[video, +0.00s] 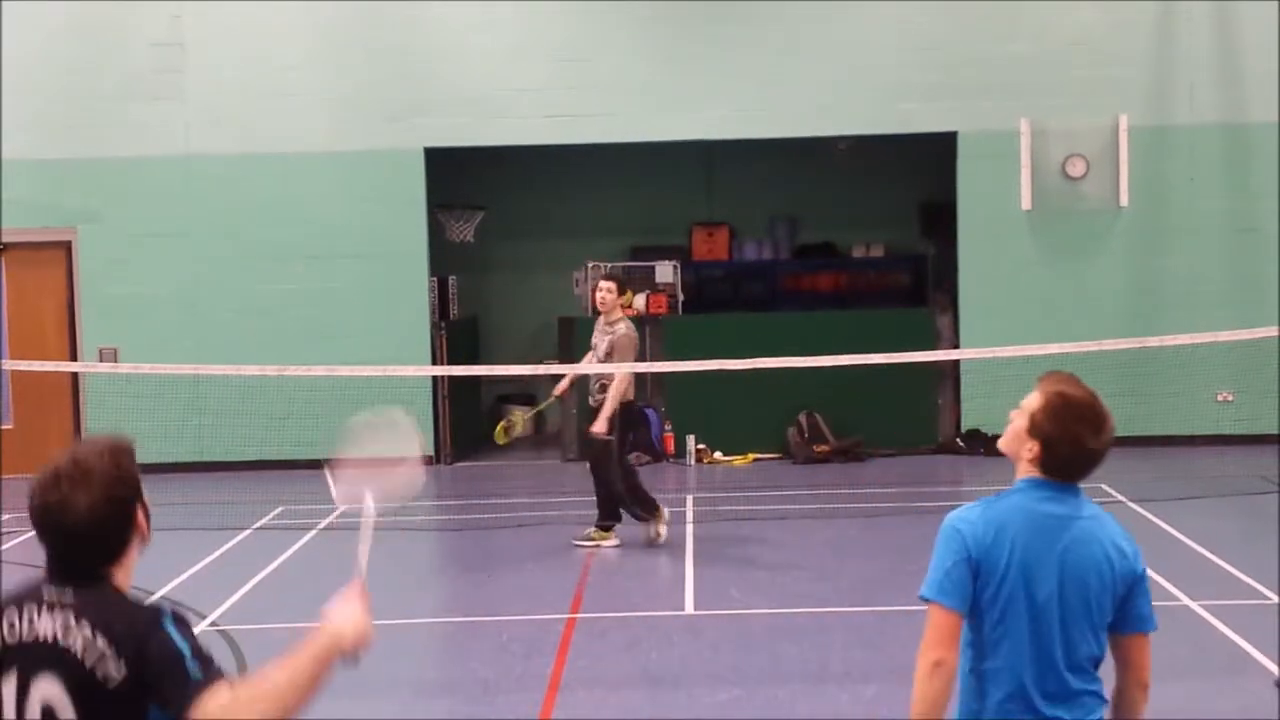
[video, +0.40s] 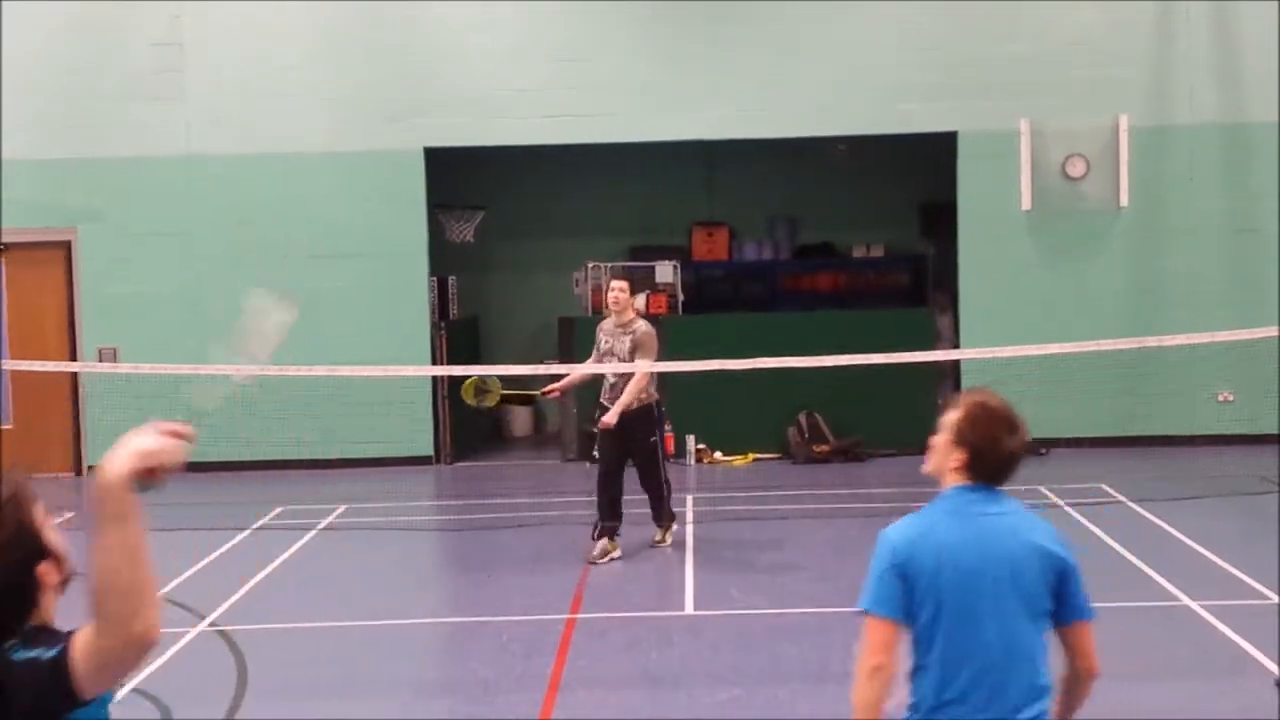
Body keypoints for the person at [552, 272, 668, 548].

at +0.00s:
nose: (601, 296)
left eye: (608, 292)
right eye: (599, 290)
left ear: (621, 298)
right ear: (595, 294)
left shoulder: (624, 333)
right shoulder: (601, 324)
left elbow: (622, 379)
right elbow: (593, 356)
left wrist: (604, 417)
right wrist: (569, 379)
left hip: (617, 405)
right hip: (600, 403)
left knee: (608, 464)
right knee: (602, 463)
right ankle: (605, 527)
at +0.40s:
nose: (614, 296)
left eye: (620, 291)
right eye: (611, 291)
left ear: (631, 297)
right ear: (606, 297)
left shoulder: (644, 331)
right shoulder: (604, 328)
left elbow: (642, 377)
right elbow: (594, 365)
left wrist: (615, 410)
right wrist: (564, 383)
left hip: (641, 409)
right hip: (609, 409)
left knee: (651, 471)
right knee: (608, 472)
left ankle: (665, 522)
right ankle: (607, 536)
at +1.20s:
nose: (721, 301)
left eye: (728, 297)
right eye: (718, 297)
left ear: (739, 309)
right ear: (712, 307)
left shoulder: (751, 342)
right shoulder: (699, 339)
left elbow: (760, 381)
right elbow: (690, 373)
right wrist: (674, 376)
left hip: (742, 411)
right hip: (706, 408)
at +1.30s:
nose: (737, 294)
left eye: (744, 292)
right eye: (735, 291)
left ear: (756, 303)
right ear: (730, 299)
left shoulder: (768, 335)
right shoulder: (718, 335)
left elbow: (782, 378)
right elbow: (701, 368)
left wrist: (789, 422)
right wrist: (683, 351)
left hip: (755, 408)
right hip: (719, 407)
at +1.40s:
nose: (754, 280)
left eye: (761, 277)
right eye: (752, 277)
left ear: (773, 289)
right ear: (748, 287)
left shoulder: (781, 319)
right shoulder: (736, 322)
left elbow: (800, 357)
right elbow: (719, 354)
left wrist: (804, 395)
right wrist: (702, 345)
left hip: (768, 395)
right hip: (740, 396)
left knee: (764, 454)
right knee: (728, 451)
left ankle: (766, 508)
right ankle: (730, 506)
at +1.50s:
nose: (771, 277)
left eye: (778, 274)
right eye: (771, 273)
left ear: (790, 286)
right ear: (767, 283)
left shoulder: (796, 313)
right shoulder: (755, 320)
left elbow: (798, 341)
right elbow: (742, 357)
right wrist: (718, 362)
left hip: (781, 388)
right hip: (756, 391)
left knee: (783, 454)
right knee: (757, 457)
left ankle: (796, 518)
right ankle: (769, 520)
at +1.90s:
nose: (842, 288)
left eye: (848, 285)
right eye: (842, 285)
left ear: (860, 293)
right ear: (842, 289)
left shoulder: (856, 313)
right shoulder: (840, 310)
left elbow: (846, 298)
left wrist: (814, 277)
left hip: (840, 385)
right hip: (822, 383)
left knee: (840, 445)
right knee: (793, 440)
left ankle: (854, 501)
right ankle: (822, 470)